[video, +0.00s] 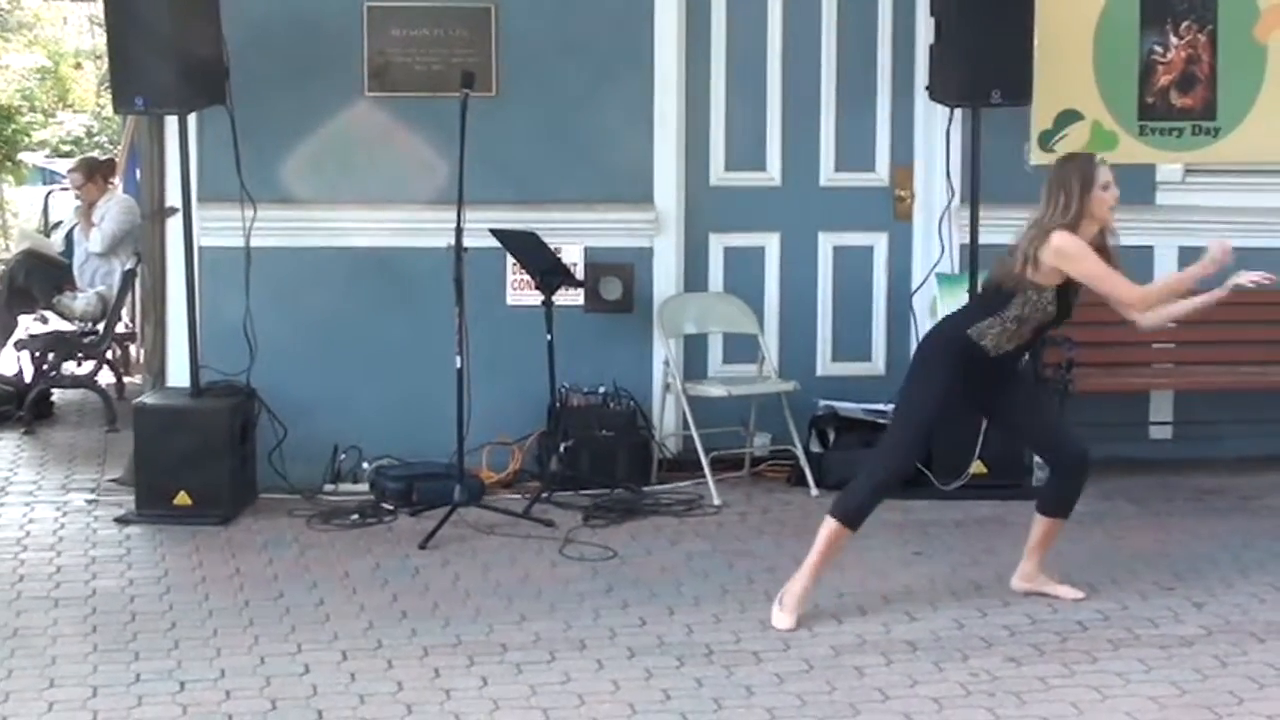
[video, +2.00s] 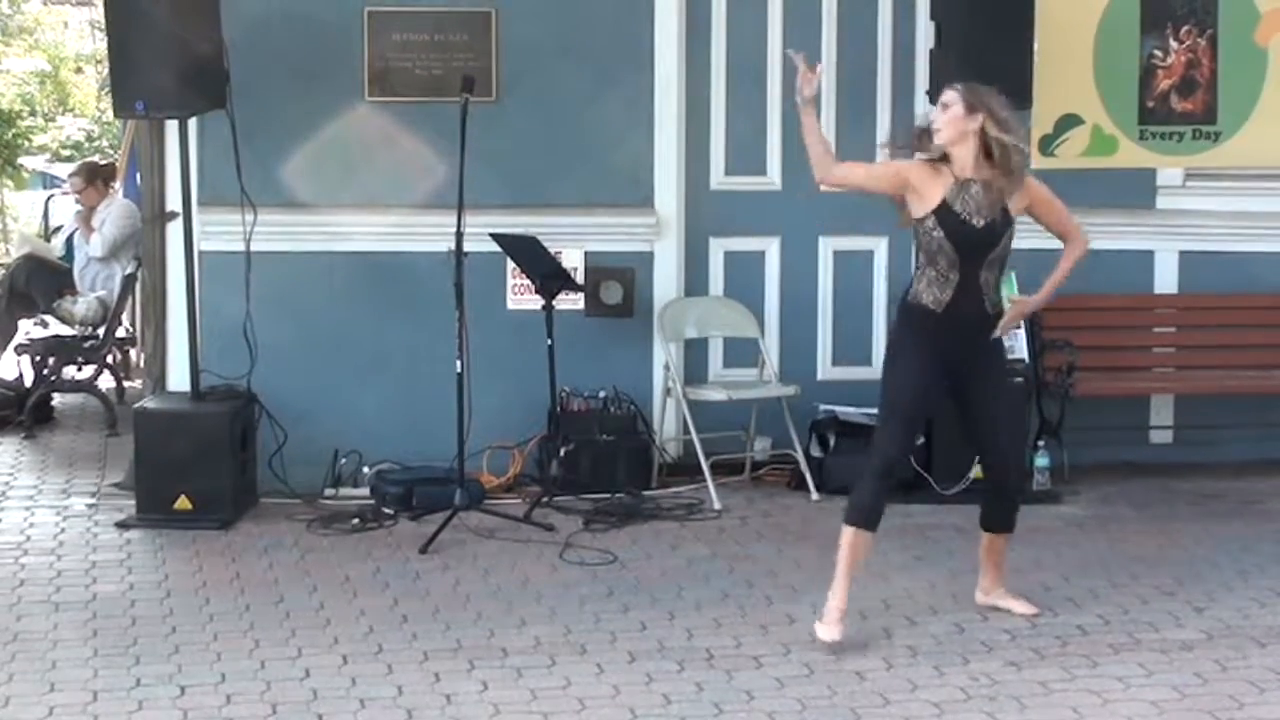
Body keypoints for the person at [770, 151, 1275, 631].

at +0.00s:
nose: (1116, 197)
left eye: (1115, 187)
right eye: (1107, 188)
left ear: (1087, 198)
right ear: (1079, 196)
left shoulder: (1086, 252)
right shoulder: (1058, 242)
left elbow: (1149, 319)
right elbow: (1135, 302)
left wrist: (1224, 292)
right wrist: (1203, 270)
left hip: (1000, 370)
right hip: (953, 356)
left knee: (1071, 457)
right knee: (894, 463)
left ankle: (1030, 572)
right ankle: (801, 584)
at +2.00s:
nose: (934, 115)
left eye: (947, 107)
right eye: (935, 108)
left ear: (978, 121)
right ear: (942, 124)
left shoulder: (1012, 184)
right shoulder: (915, 175)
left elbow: (1076, 240)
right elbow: (828, 173)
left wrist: (1036, 301)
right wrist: (806, 104)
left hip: (982, 340)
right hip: (919, 337)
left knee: (1008, 463)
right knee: (889, 456)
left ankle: (991, 586)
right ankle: (838, 596)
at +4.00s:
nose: (909, 260)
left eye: (921, 251)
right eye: (901, 248)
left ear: (946, 240)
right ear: (890, 236)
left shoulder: (965, 251)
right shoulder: (865, 256)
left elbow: (967, 289)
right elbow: (828, 285)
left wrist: (965, 346)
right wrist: (848, 353)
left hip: (930, 383)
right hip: (865, 381)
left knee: (935, 510)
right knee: (884, 506)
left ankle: (913, 638)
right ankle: (859, 637)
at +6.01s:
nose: (846, 196)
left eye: (851, 187)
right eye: (848, 186)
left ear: (866, 193)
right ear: (900, 186)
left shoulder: (902, 269)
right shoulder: (872, 250)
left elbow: (938, 353)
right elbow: (889, 327)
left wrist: (933, 406)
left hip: (899, 416)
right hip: (859, 398)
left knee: (848, 552)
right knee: (821, 488)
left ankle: (899, 670)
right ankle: (790, 581)